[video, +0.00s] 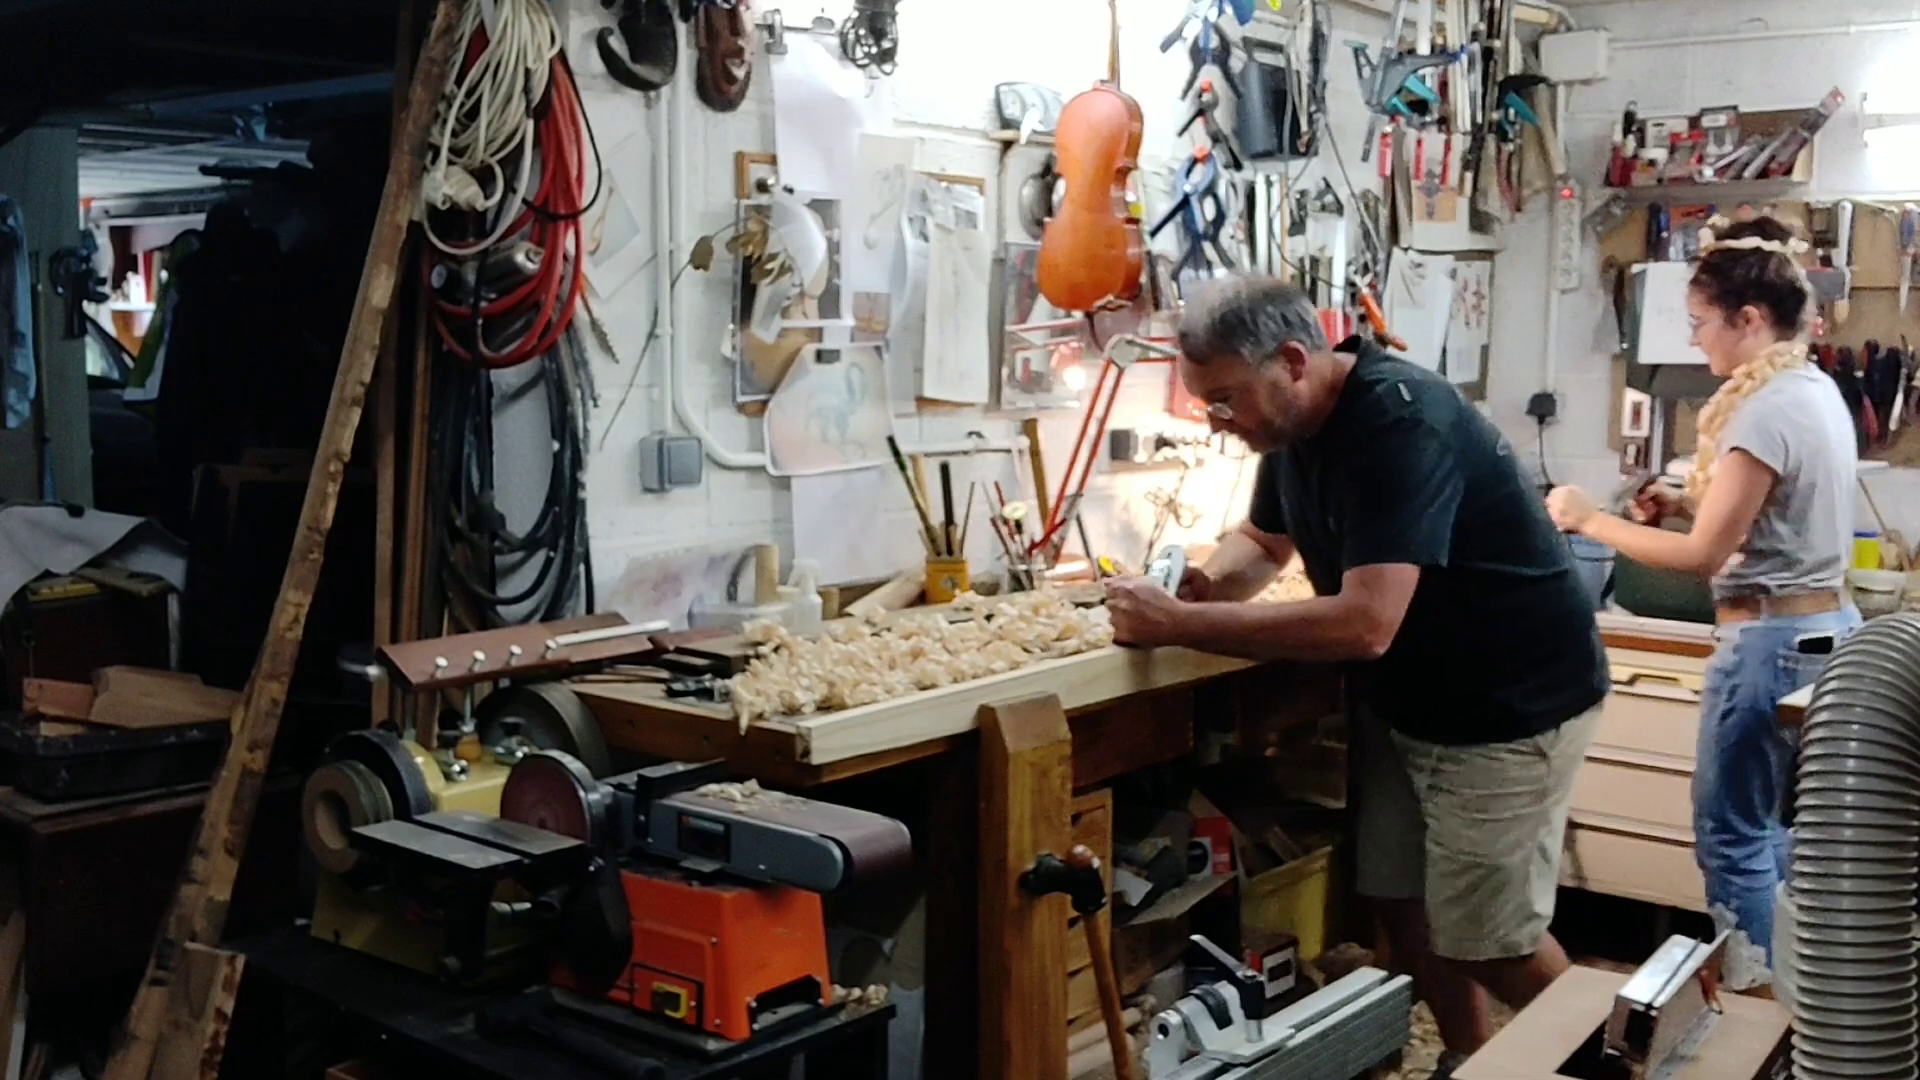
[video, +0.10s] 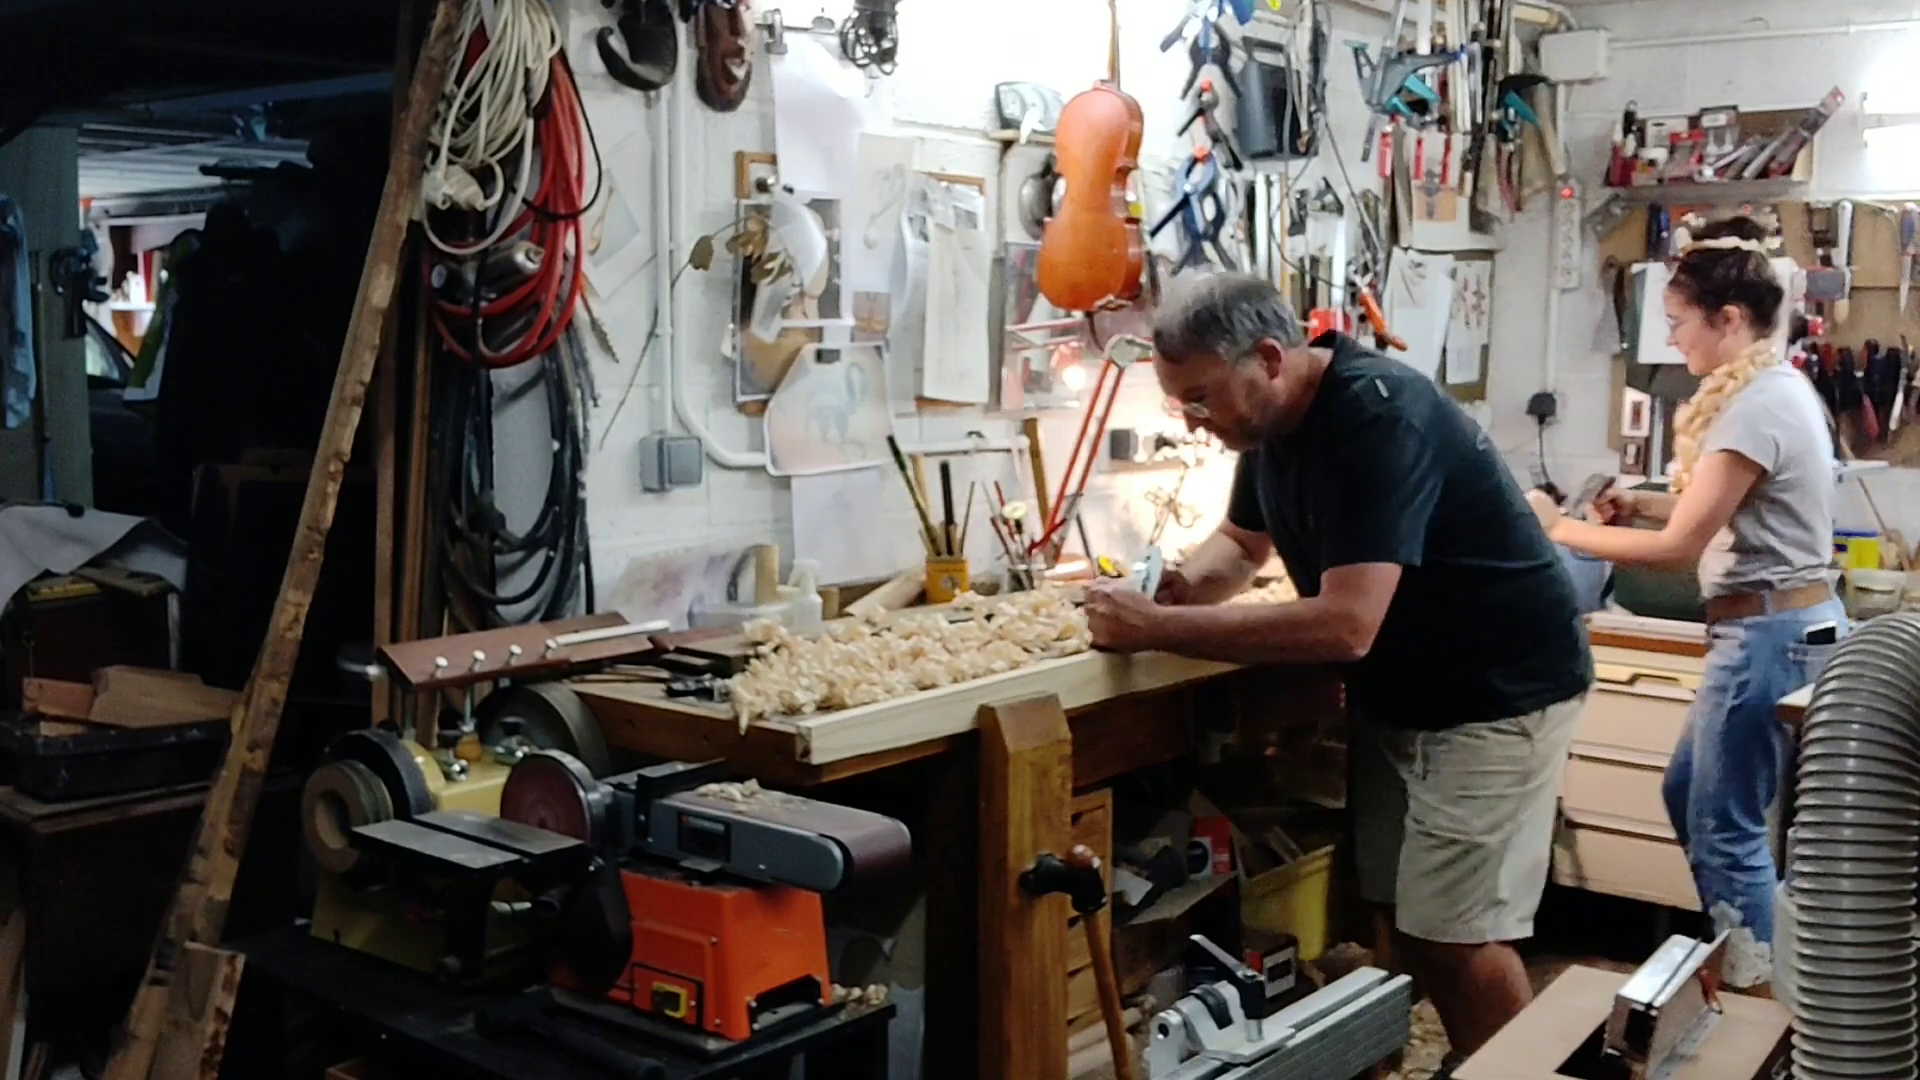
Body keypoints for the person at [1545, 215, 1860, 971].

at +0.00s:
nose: (1694, 341)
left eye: (1699, 323)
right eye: (1692, 324)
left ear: (1750, 319)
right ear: (1763, 317)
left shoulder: (1764, 411)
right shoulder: (1816, 392)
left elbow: (1700, 554)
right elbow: (1778, 507)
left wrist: (1590, 520)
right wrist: (1684, 504)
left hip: (1770, 638)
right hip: (1825, 625)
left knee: (1730, 831)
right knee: (1791, 818)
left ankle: (1750, 997)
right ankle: (1807, 978)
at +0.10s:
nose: (1671, 339)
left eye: (1677, 322)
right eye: (1669, 323)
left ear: (1728, 317)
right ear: (1732, 318)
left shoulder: (1756, 403)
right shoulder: (1768, 391)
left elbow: (1677, 547)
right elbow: (1715, 508)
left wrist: (1560, 531)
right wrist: (1636, 505)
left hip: (1769, 637)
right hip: (1774, 629)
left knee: (1722, 823)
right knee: (1684, 790)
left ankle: (1765, 997)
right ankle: (1747, 961)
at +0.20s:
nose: (1650, 342)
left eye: (1658, 326)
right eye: (1648, 327)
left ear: (1711, 322)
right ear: (1709, 321)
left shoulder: (1746, 404)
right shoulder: (1718, 398)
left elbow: (1659, 548)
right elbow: (1681, 507)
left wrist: (1540, 538)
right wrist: (1608, 509)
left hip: (1763, 636)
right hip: (1732, 631)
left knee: (1716, 821)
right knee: (1671, 800)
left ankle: (1756, 995)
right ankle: (1694, 963)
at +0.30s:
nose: (1630, 343)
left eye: (1640, 328)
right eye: (1628, 328)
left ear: (1698, 324)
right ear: (1689, 325)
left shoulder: (1727, 409)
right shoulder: (1691, 402)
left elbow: (1652, 551)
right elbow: (1664, 512)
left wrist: (1531, 547)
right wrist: (1584, 510)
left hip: (1743, 632)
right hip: (1706, 629)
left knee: (1705, 823)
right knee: (1656, 806)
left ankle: (1755, 988)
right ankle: (1669, 964)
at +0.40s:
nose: (1616, 344)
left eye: (1627, 328)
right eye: (1611, 328)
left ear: (1684, 323)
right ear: (1666, 324)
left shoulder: (1714, 411)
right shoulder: (1666, 403)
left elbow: (1647, 551)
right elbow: (1650, 511)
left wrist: (1528, 550)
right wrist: (1572, 511)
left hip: (1725, 633)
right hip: (1678, 629)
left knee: (1698, 823)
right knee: (1647, 808)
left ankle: (1750, 990)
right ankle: (1674, 969)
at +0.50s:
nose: (1600, 345)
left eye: (1610, 328)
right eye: (1594, 330)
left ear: (1666, 321)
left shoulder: (1700, 409)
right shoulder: (1638, 406)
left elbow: (1646, 548)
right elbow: (1631, 510)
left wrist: (1523, 550)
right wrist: (1561, 510)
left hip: (1712, 628)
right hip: (1656, 625)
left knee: (1685, 818)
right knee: (1635, 805)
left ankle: (1749, 982)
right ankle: (1672, 963)